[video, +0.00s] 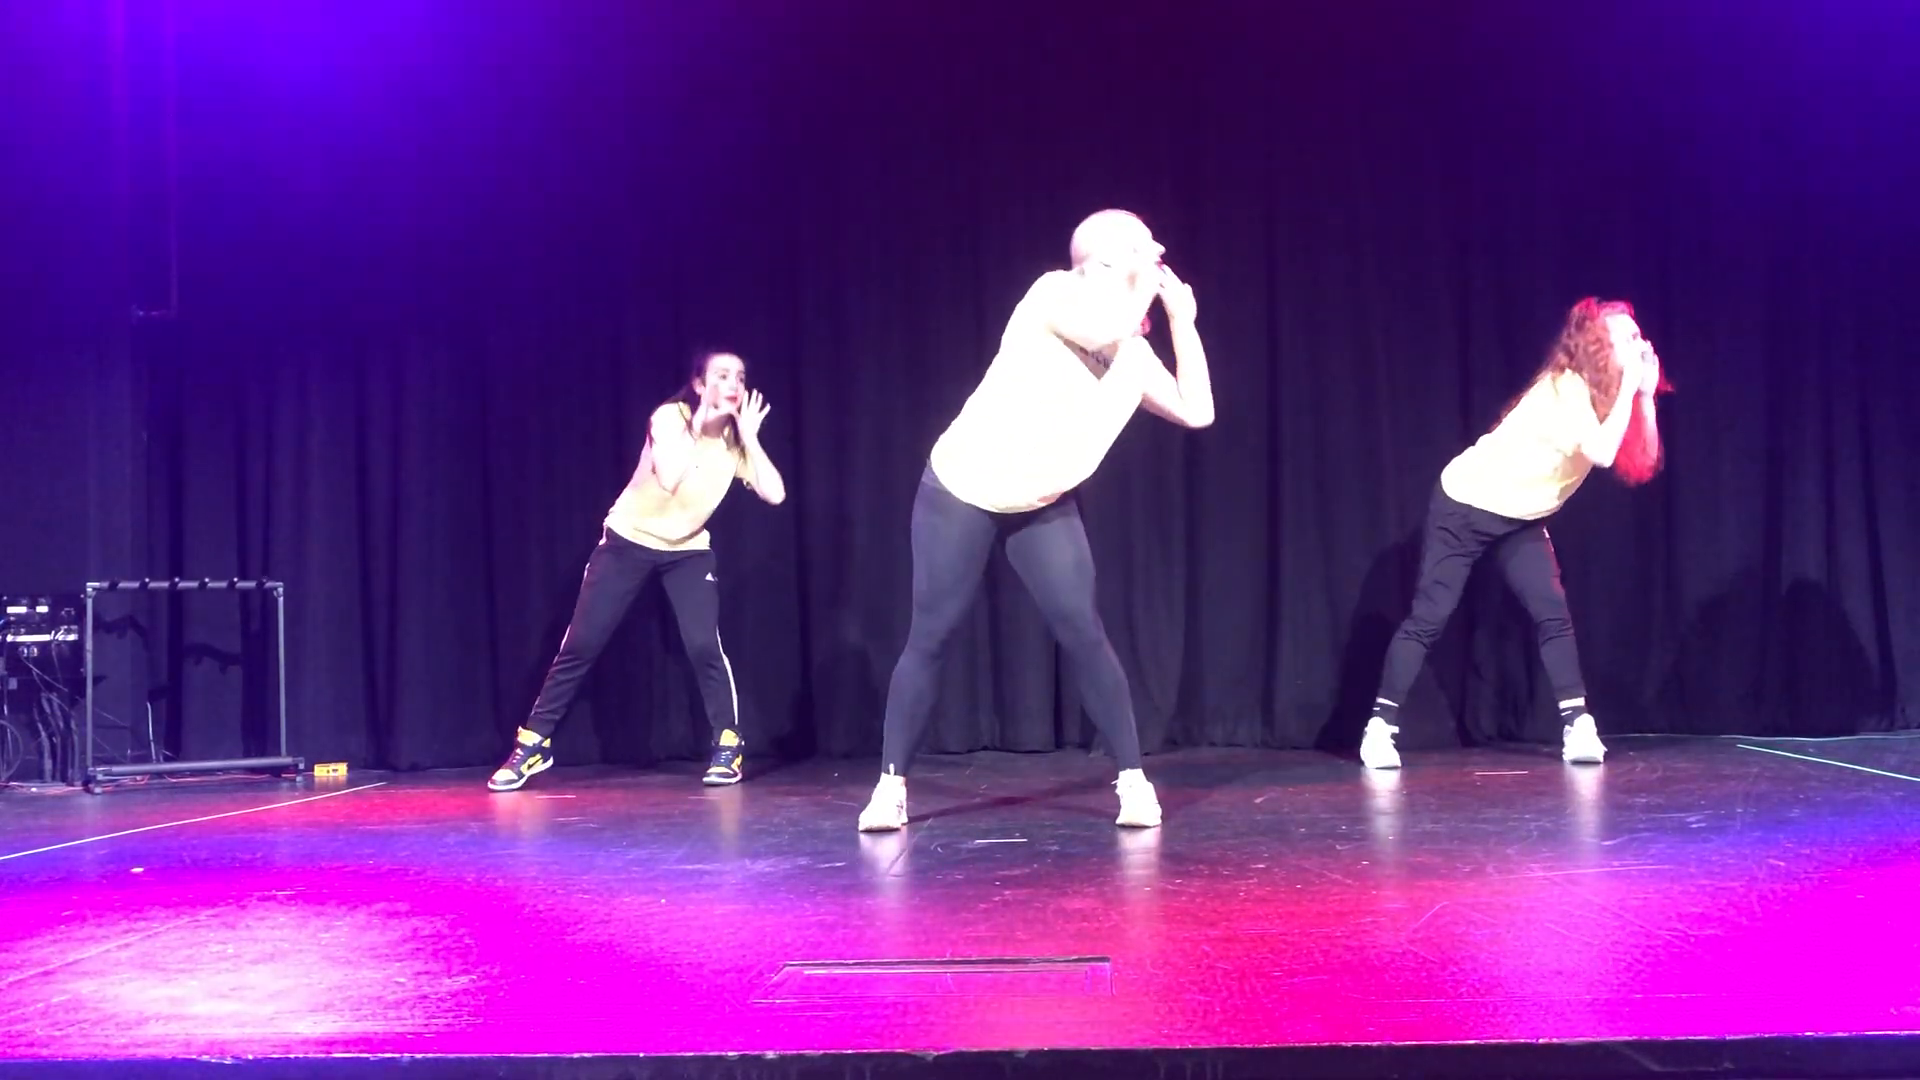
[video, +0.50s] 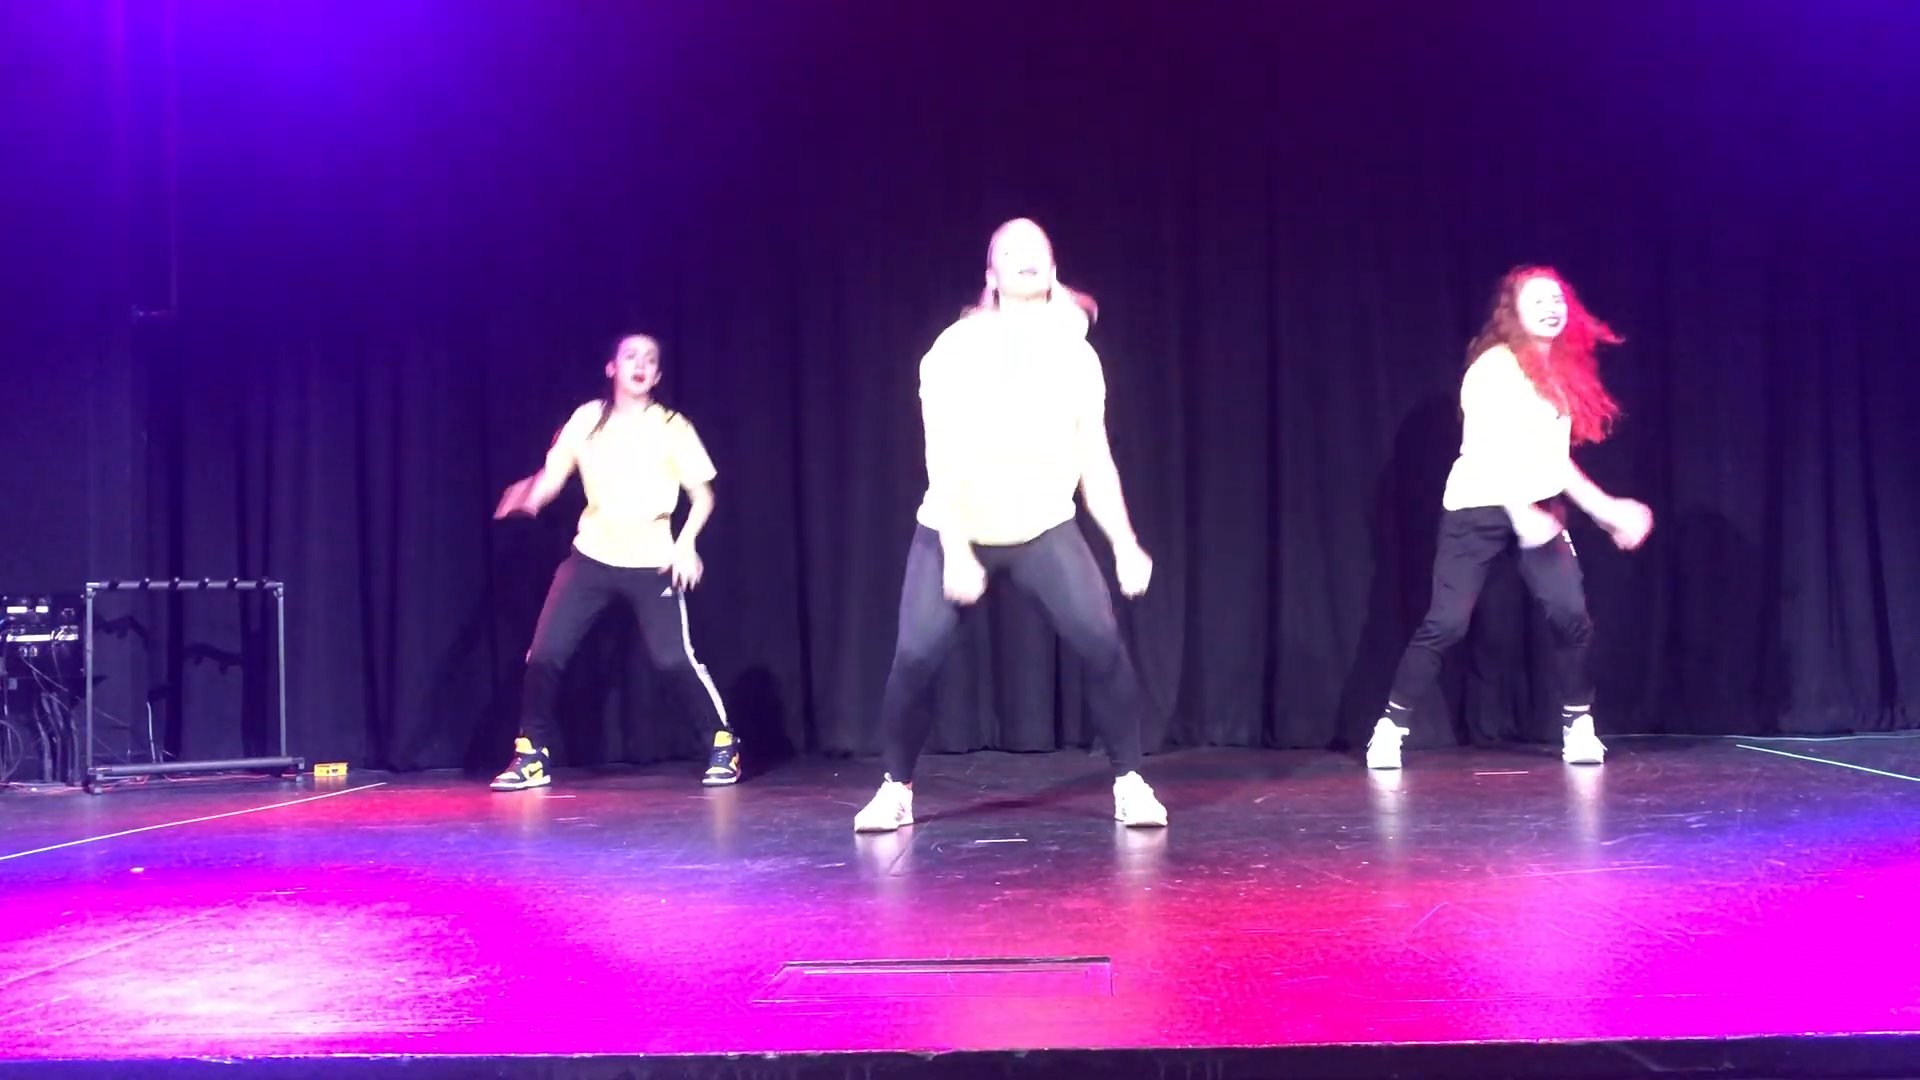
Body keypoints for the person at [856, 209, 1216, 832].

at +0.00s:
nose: (1158, 251)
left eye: (1153, 240)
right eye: (1142, 237)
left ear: (1132, 259)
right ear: (1100, 254)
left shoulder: (1133, 352)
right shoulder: (1055, 292)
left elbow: (1197, 410)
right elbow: (1101, 332)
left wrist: (1184, 322)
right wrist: (1143, 281)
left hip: (1043, 504)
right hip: (960, 492)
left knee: (1083, 632)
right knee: (931, 633)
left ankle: (1131, 778)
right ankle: (891, 782)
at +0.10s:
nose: (1132, 242)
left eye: (1129, 233)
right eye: (1116, 231)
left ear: (1124, 250)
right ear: (1075, 246)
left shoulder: (1119, 342)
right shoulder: (1030, 282)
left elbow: (1187, 389)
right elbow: (1081, 313)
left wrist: (1166, 305)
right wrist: (1118, 258)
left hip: (1049, 503)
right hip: (967, 493)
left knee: (1087, 635)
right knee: (936, 633)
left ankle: (1133, 778)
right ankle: (892, 782)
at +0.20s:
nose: (1109, 222)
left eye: (1105, 213)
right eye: (1093, 212)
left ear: (1089, 232)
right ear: (1050, 228)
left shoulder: (1104, 320)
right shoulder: (1006, 272)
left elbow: (1168, 375)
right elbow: (1023, 307)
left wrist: (1145, 292)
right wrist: (1083, 259)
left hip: (1052, 496)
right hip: (969, 488)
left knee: (1088, 629)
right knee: (935, 630)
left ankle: (1135, 777)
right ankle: (892, 781)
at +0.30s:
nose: (1081, 206)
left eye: (1081, 198)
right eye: (1063, 196)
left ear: (1083, 220)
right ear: (1023, 214)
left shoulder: (1096, 301)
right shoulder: (989, 270)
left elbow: (1133, 393)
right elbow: (950, 342)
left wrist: (1141, 323)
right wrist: (1032, 306)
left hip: (1053, 488)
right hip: (967, 482)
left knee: (1090, 625)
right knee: (932, 626)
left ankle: (1135, 776)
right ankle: (892, 780)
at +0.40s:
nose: (1045, 225)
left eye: (1053, 216)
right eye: (1030, 216)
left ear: (1065, 231)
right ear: (1002, 231)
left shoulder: (1088, 312)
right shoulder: (966, 293)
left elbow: (1106, 408)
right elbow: (932, 393)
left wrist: (1140, 444)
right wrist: (991, 436)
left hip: (1050, 493)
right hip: (960, 492)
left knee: (1097, 628)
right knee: (925, 638)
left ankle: (1130, 778)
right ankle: (897, 783)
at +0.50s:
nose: (1028, 259)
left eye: (1037, 248)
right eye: (1013, 250)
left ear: (1054, 263)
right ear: (992, 270)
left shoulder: (1074, 352)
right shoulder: (951, 351)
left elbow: (1094, 453)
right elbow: (942, 457)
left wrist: (1124, 542)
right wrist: (956, 547)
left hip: (1043, 523)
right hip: (955, 521)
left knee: (1101, 640)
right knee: (916, 653)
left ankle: (1129, 781)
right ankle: (895, 786)